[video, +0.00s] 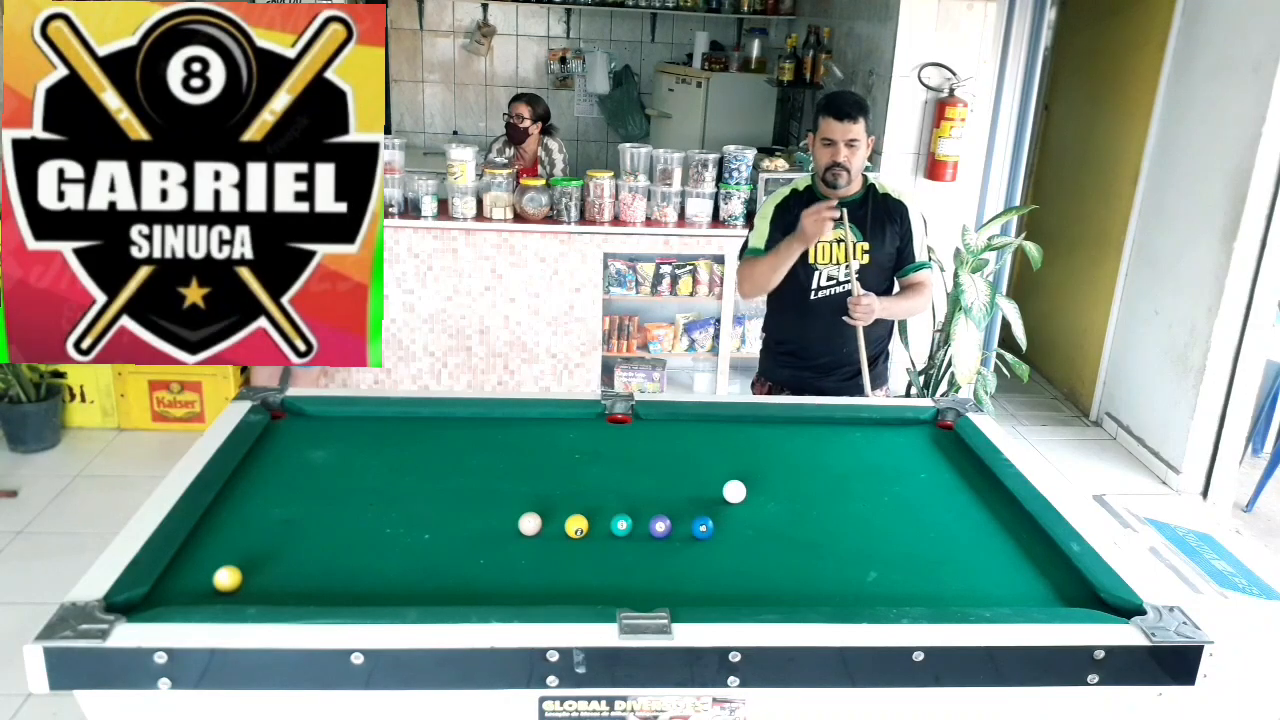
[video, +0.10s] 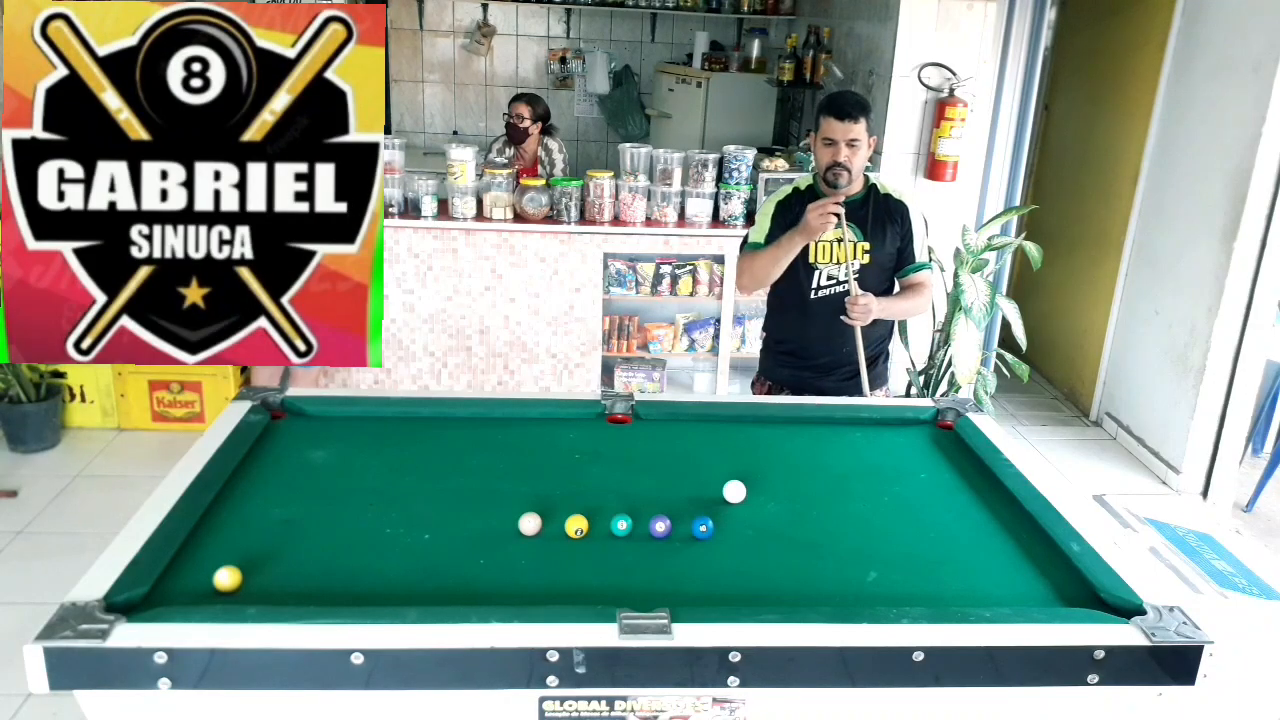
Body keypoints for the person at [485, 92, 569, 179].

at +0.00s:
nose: (511, 123)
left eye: (519, 118)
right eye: (509, 117)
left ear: (536, 127)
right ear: (506, 118)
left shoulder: (553, 147)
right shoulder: (499, 146)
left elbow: (561, 189)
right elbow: (486, 183)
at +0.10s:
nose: (511, 123)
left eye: (519, 118)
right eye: (509, 117)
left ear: (536, 127)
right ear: (506, 118)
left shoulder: (553, 147)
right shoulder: (499, 146)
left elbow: (561, 189)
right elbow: (486, 183)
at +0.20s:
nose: (511, 123)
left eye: (519, 118)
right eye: (510, 117)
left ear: (536, 127)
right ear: (506, 118)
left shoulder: (553, 147)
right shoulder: (499, 146)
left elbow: (560, 189)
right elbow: (486, 183)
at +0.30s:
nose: (511, 123)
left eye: (519, 118)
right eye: (510, 117)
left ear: (536, 127)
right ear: (506, 118)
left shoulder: (553, 147)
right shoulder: (499, 146)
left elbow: (560, 189)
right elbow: (486, 183)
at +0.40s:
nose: (511, 123)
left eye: (519, 118)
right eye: (510, 117)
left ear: (536, 127)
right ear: (506, 118)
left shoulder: (553, 147)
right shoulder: (499, 146)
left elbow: (560, 189)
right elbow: (486, 183)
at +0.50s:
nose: (511, 123)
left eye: (519, 118)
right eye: (510, 117)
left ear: (536, 127)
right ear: (506, 117)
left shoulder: (553, 147)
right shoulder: (499, 146)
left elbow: (560, 189)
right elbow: (486, 183)